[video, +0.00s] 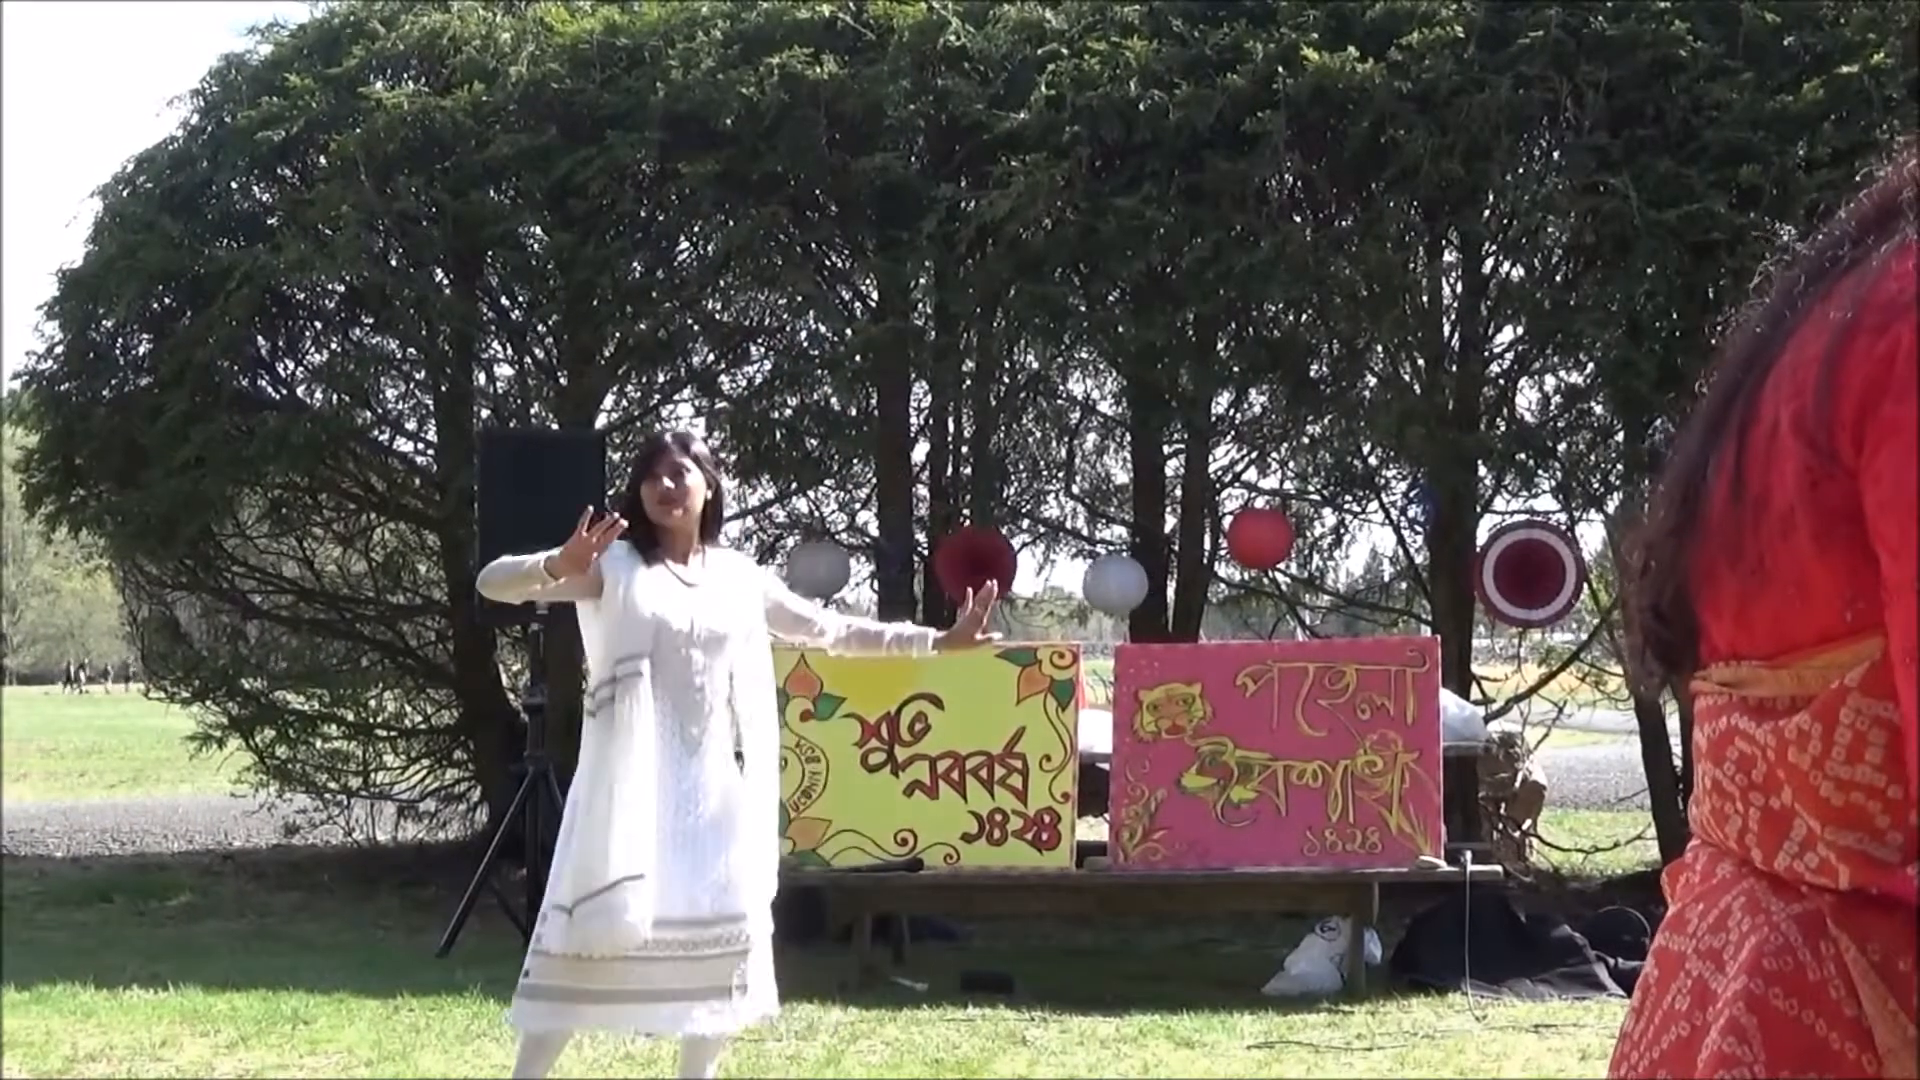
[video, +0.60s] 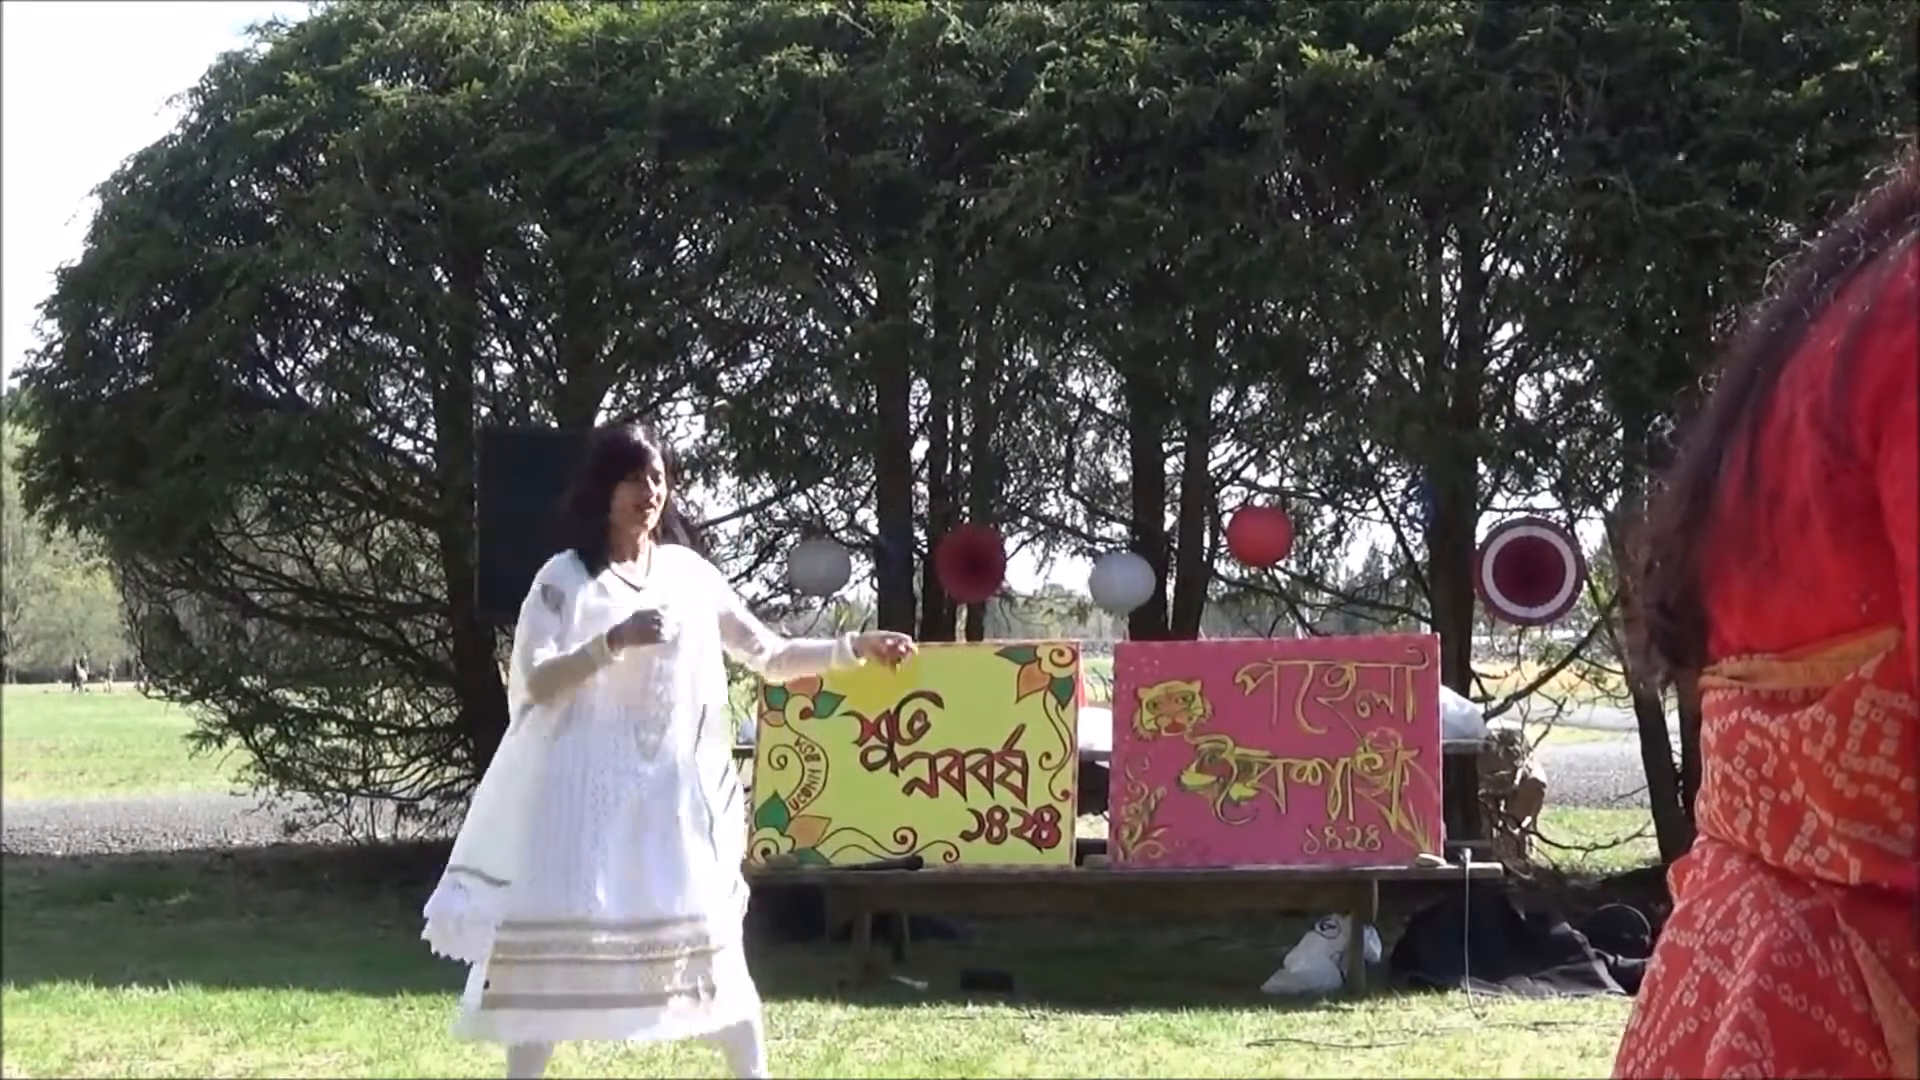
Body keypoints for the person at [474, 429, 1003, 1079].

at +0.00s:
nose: (669, 484)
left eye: (684, 471)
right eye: (656, 473)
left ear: (709, 488)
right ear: (638, 490)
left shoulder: (740, 577)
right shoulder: (610, 566)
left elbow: (833, 628)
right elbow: (490, 582)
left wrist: (948, 639)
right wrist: (554, 567)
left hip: (718, 788)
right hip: (622, 785)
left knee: (726, 953)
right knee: (572, 947)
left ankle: (696, 1074)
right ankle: (526, 1074)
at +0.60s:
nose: (651, 493)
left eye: (660, 480)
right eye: (636, 478)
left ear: (670, 493)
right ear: (602, 487)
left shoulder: (689, 571)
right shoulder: (563, 577)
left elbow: (771, 657)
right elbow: (533, 684)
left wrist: (857, 648)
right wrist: (610, 642)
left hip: (676, 790)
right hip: (575, 790)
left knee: (717, 945)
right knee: (542, 949)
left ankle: (754, 1072)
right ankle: (523, 1072)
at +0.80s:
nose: (680, 493)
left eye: (685, 479)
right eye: (662, 483)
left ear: (698, 491)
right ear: (633, 500)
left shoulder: (725, 572)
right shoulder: (636, 580)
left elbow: (811, 643)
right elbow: (725, 634)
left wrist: (857, 572)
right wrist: (782, 550)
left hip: (743, 792)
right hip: (650, 796)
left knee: (774, 956)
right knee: (590, 952)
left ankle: (763, 1071)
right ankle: (538, 1071)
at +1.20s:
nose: (723, 524)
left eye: (727, 507)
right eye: (704, 517)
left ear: (745, 512)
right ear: (683, 537)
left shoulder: (775, 589)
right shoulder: (701, 610)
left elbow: (864, 653)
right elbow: (810, 659)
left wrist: (883, 573)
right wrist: (851, 562)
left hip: (794, 820)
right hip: (718, 826)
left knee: (809, 980)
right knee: (658, 973)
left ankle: (781, 1072)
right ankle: (584, 1074)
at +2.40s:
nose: (618, 510)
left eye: (629, 496)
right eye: (603, 497)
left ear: (645, 502)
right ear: (576, 503)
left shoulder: (675, 583)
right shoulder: (533, 590)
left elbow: (695, 705)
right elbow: (504, 705)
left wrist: (744, 741)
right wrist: (554, 681)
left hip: (664, 813)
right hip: (562, 815)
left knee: (697, 976)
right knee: (559, 984)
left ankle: (704, 1073)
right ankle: (553, 1075)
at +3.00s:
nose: (576, 489)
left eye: (585, 476)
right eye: (560, 479)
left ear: (602, 482)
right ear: (536, 491)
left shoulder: (631, 561)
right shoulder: (508, 565)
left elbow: (692, 638)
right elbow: (399, 610)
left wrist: (750, 699)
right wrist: (408, 695)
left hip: (608, 771)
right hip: (533, 768)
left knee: (575, 936)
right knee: (553, 937)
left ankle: (432, 1034)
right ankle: (549, 1071)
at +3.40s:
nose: (571, 476)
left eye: (580, 463)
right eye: (556, 464)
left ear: (596, 472)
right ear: (531, 475)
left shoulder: (614, 550)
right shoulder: (513, 540)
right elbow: (492, 526)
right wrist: (443, 511)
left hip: (587, 776)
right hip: (516, 773)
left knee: (565, 941)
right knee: (537, 939)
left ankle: (444, 1061)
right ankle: (546, 1072)